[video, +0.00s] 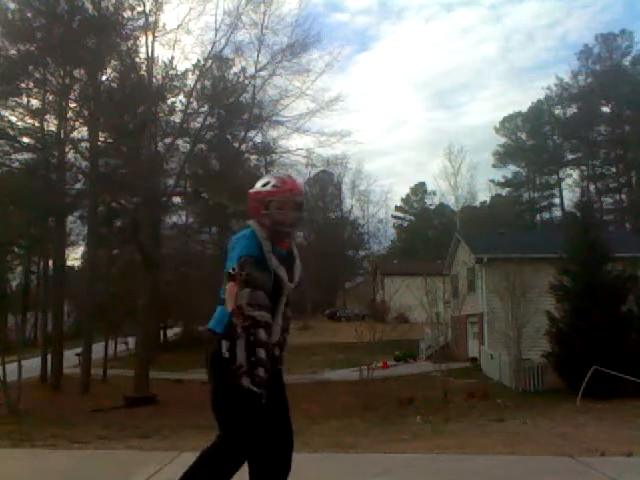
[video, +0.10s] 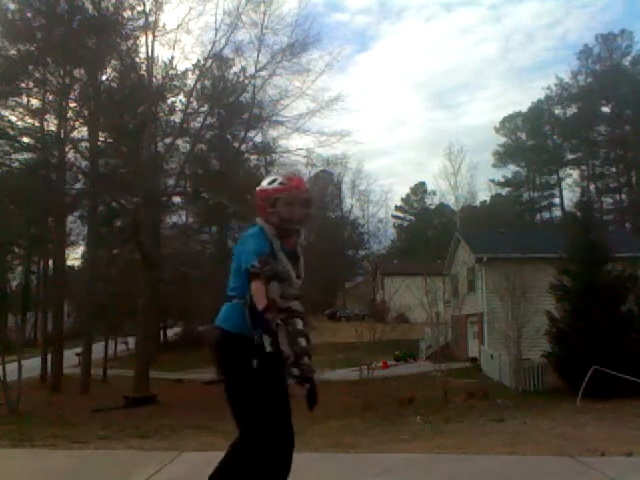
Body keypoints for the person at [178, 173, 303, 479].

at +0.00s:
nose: (288, 216)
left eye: (294, 208)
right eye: (280, 208)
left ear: (299, 211)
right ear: (263, 210)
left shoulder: (284, 248)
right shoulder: (247, 244)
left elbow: (277, 305)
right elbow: (239, 304)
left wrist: (274, 356)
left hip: (262, 351)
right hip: (230, 348)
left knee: (276, 441)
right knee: (239, 438)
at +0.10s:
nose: (300, 213)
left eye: (304, 205)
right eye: (293, 205)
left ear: (305, 208)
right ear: (273, 207)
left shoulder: (282, 244)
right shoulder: (255, 241)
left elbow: (290, 295)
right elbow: (262, 301)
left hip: (263, 339)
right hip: (237, 339)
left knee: (277, 436)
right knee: (260, 435)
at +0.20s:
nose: (303, 212)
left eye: (307, 204)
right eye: (295, 203)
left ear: (310, 207)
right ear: (277, 206)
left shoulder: (287, 242)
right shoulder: (264, 237)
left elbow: (305, 289)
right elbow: (282, 289)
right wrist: (304, 322)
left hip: (262, 338)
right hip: (242, 338)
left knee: (281, 431)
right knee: (273, 433)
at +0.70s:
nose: (339, 216)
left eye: (341, 208)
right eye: (333, 207)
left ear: (313, 209)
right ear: (310, 208)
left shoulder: (306, 241)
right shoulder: (292, 239)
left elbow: (328, 287)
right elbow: (321, 296)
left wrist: (352, 320)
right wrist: (345, 324)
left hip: (277, 341)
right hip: (264, 342)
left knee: (297, 440)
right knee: (298, 442)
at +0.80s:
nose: (340, 218)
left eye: (344, 209)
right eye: (333, 208)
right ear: (312, 208)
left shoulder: (307, 241)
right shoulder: (294, 238)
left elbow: (328, 288)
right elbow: (322, 296)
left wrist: (352, 324)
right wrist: (345, 327)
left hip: (277, 342)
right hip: (264, 343)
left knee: (299, 442)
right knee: (297, 444)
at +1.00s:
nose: (342, 217)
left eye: (346, 209)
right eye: (335, 208)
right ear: (314, 208)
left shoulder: (309, 241)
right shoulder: (295, 237)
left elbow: (323, 288)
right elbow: (318, 294)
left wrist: (345, 324)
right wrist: (340, 327)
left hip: (278, 342)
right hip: (264, 342)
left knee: (297, 442)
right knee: (295, 444)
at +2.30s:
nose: (275, 220)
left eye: (283, 212)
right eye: (267, 211)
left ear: (294, 218)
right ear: (252, 216)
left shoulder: (307, 256)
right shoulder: (231, 253)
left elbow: (344, 300)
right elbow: (202, 310)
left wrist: (333, 374)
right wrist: (185, 371)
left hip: (287, 372)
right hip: (237, 372)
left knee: (290, 463)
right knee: (229, 462)